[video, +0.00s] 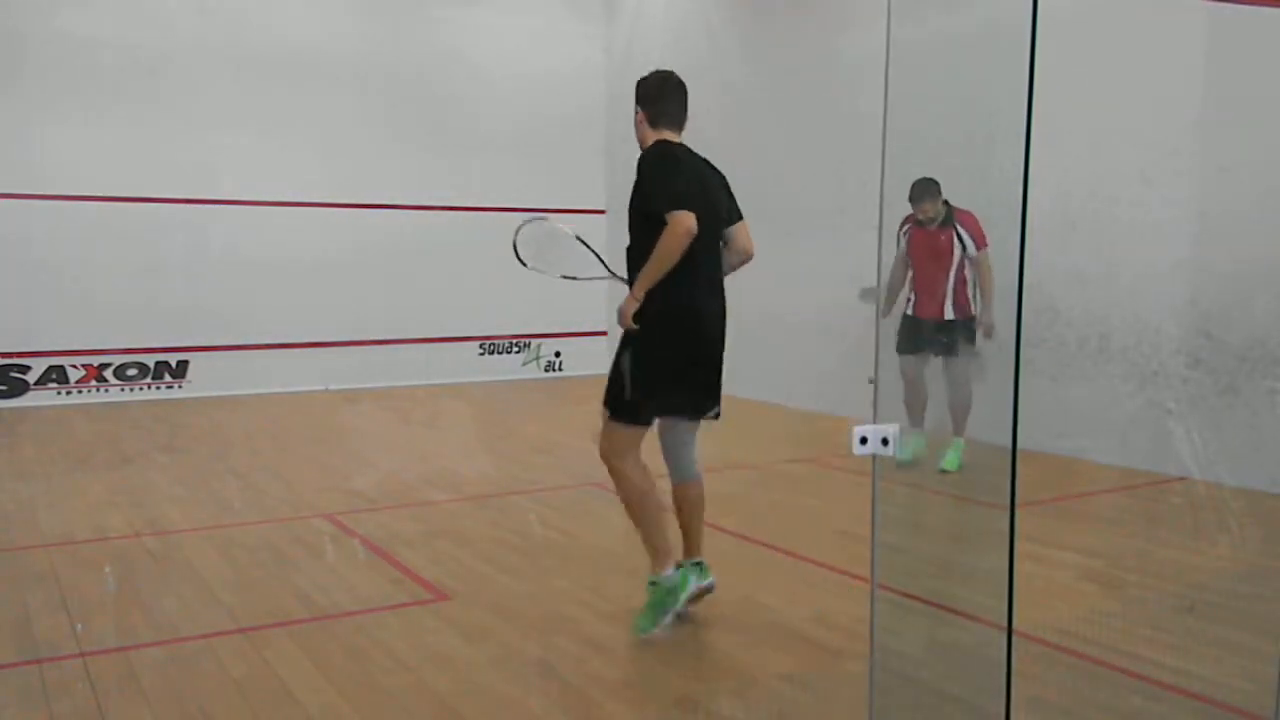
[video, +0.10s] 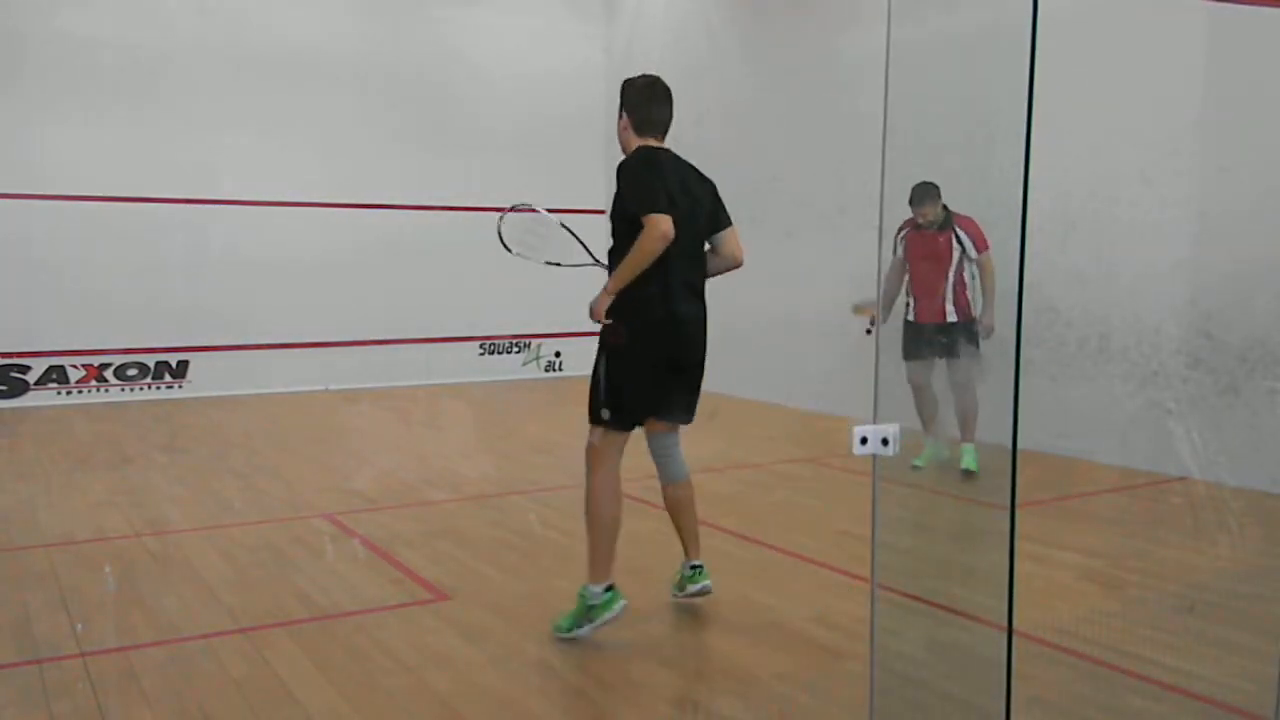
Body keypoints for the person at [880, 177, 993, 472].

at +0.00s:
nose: (921, 216)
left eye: (926, 210)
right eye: (917, 211)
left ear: (940, 202)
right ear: (912, 207)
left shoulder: (964, 223)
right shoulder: (909, 226)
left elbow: (982, 267)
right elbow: (901, 265)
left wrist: (986, 314)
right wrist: (890, 300)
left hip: (956, 318)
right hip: (917, 317)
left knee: (957, 378)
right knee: (910, 373)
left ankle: (957, 442)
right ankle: (915, 437)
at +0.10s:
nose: (921, 220)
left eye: (926, 214)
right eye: (917, 215)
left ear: (940, 205)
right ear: (911, 210)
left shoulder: (964, 228)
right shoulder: (907, 232)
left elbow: (986, 267)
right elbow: (896, 272)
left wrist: (987, 313)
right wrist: (883, 309)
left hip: (957, 322)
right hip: (918, 323)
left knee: (962, 382)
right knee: (918, 382)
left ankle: (968, 446)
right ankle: (933, 443)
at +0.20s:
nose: (922, 226)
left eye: (926, 220)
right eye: (917, 221)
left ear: (940, 211)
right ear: (912, 216)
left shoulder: (962, 233)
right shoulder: (908, 238)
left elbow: (982, 273)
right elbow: (893, 277)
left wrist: (988, 319)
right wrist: (881, 315)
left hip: (957, 330)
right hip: (919, 330)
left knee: (965, 386)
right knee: (921, 386)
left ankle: (974, 450)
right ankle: (933, 446)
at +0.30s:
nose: (922, 218)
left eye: (927, 213)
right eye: (918, 213)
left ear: (941, 203)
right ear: (913, 209)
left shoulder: (965, 226)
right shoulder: (910, 229)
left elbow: (981, 268)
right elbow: (896, 270)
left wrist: (983, 316)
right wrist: (882, 310)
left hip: (958, 323)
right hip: (922, 323)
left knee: (963, 382)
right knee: (921, 382)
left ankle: (967, 446)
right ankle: (932, 443)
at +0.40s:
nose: (924, 215)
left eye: (929, 209)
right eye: (920, 210)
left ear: (943, 200)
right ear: (915, 206)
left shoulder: (969, 225)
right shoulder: (913, 227)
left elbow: (986, 268)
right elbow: (904, 266)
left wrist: (983, 312)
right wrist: (888, 300)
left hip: (960, 319)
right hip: (923, 317)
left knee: (962, 379)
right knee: (915, 375)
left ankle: (963, 443)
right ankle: (920, 438)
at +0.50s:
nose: (927, 223)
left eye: (932, 217)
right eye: (923, 218)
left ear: (946, 208)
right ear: (919, 214)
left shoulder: (970, 232)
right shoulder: (918, 237)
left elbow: (992, 271)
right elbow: (906, 275)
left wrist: (985, 319)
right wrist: (891, 314)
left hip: (960, 330)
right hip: (924, 328)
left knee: (961, 388)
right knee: (915, 385)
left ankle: (963, 450)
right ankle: (910, 443)